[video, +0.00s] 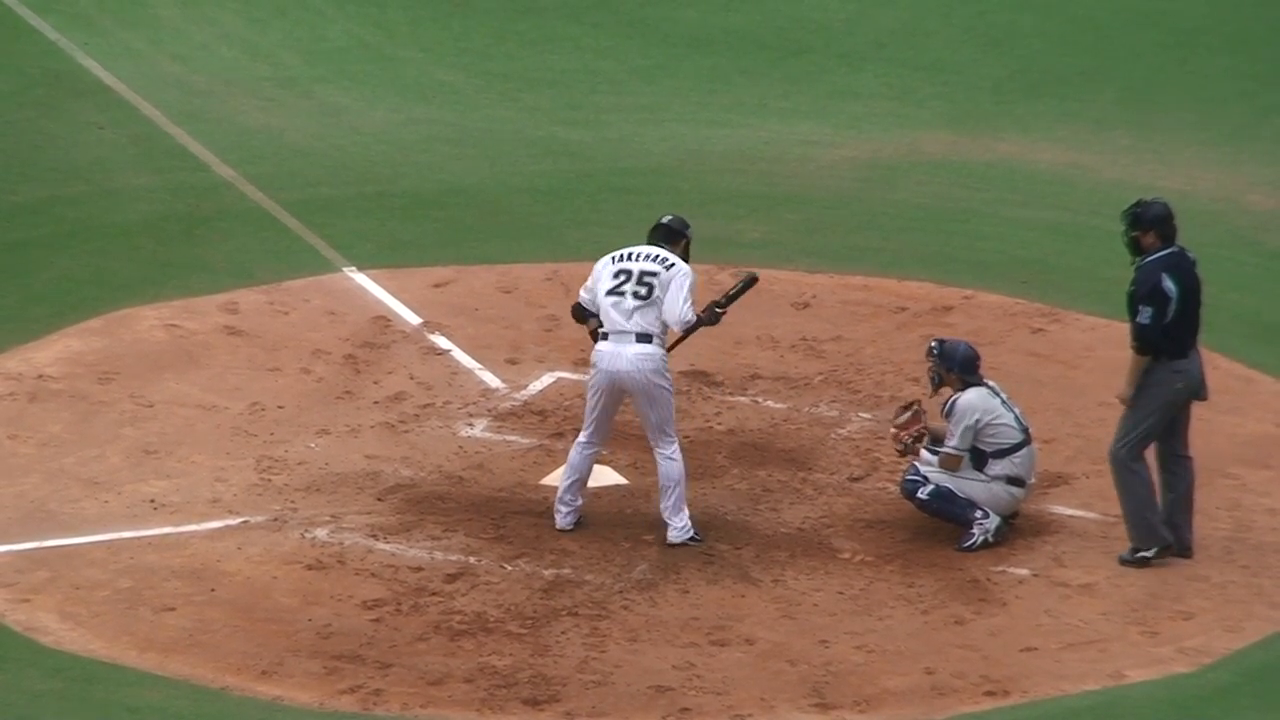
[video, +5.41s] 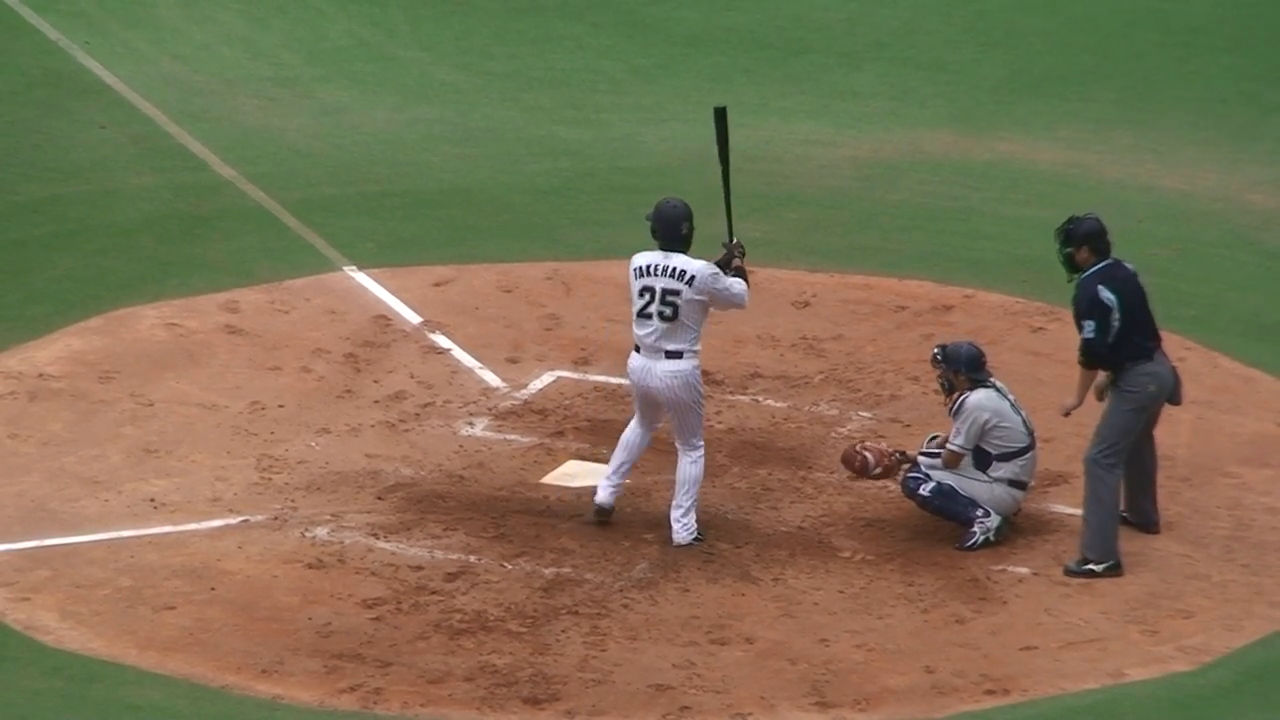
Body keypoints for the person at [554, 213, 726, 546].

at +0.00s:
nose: (685, 250)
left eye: (685, 245)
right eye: (685, 245)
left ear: (652, 237)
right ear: (678, 243)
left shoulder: (610, 259)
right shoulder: (678, 268)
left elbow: (581, 310)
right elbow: (679, 320)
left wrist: (598, 328)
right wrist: (705, 318)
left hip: (605, 353)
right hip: (646, 356)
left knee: (589, 437)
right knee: (665, 444)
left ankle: (564, 514)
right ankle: (678, 527)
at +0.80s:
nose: (701, 257)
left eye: (702, 251)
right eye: (701, 251)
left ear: (668, 241)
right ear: (696, 250)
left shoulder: (628, 260)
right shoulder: (691, 275)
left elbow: (588, 303)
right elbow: (685, 335)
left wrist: (608, 346)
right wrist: (701, 373)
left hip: (604, 351)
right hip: (645, 357)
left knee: (590, 435)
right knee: (668, 447)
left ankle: (565, 511)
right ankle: (678, 528)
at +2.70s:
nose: (716, 242)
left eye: (718, 236)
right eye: (716, 237)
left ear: (683, 228)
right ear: (710, 237)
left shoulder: (646, 250)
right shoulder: (705, 273)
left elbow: (631, 302)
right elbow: (699, 337)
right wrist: (704, 372)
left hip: (623, 347)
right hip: (662, 358)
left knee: (601, 427)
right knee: (676, 443)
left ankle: (569, 501)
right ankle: (684, 528)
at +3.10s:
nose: (681, 227)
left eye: (677, 221)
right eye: (680, 222)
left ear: (647, 220)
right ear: (676, 227)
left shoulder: (625, 248)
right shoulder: (670, 268)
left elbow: (658, 299)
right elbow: (667, 325)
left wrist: (702, 313)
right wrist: (707, 325)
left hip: (609, 351)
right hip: (647, 359)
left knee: (595, 432)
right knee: (668, 441)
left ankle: (566, 510)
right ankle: (682, 527)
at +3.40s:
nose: (648, 221)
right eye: (647, 216)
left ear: (612, 219)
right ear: (646, 221)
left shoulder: (597, 248)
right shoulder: (652, 267)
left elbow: (633, 275)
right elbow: (670, 315)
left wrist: (675, 273)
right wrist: (689, 284)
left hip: (605, 354)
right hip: (645, 359)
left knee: (593, 431)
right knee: (666, 441)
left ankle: (566, 508)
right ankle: (681, 525)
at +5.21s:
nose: (639, 229)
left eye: (640, 225)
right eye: (678, 225)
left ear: (644, 231)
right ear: (677, 231)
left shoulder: (626, 264)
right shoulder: (687, 274)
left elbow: (665, 288)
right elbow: (717, 312)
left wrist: (703, 273)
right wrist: (716, 278)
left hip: (627, 366)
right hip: (668, 371)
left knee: (612, 435)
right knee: (687, 447)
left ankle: (571, 508)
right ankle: (682, 528)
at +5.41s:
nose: (689, 231)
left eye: (655, 225)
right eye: (688, 226)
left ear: (654, 230)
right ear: (688, 232)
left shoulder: (638, 263)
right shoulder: (703, 273)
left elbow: (680, 281)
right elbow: (738, 297)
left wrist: (720, 265)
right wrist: (737, 270)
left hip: (639, 365)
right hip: (680, 372)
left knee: (643, 422)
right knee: (690, 447)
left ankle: (605, 493)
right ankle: (683, 527)